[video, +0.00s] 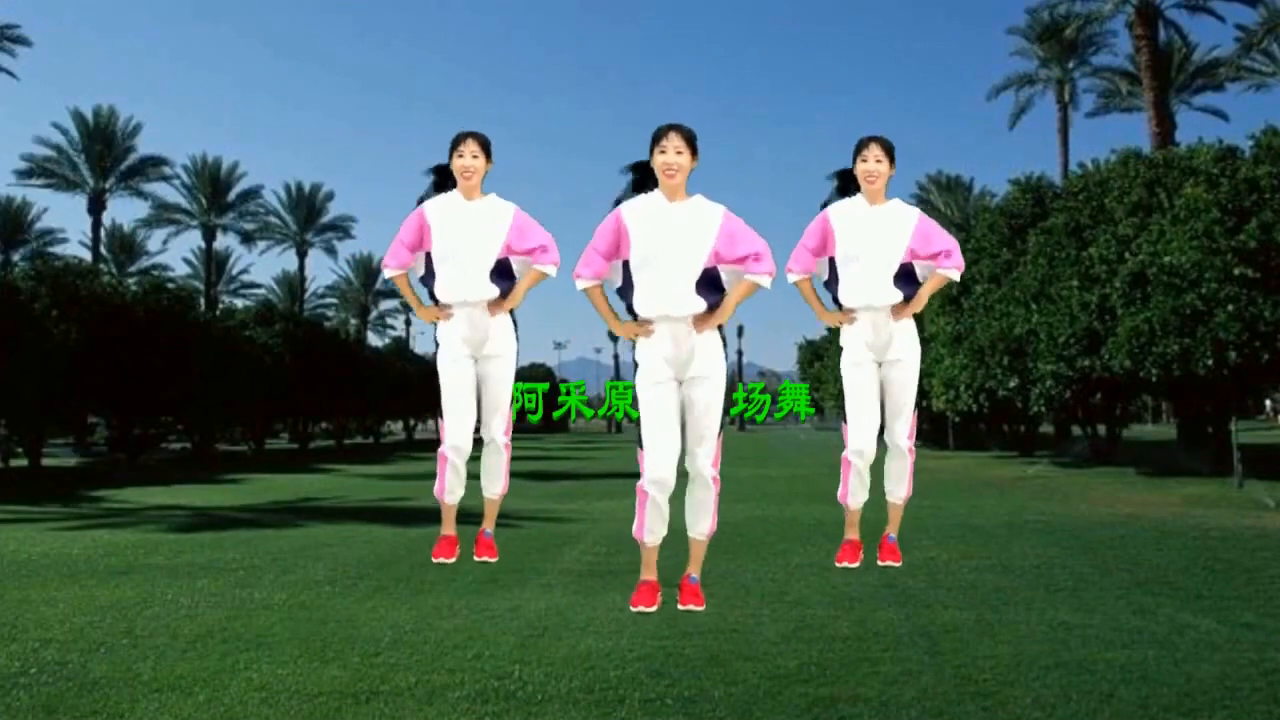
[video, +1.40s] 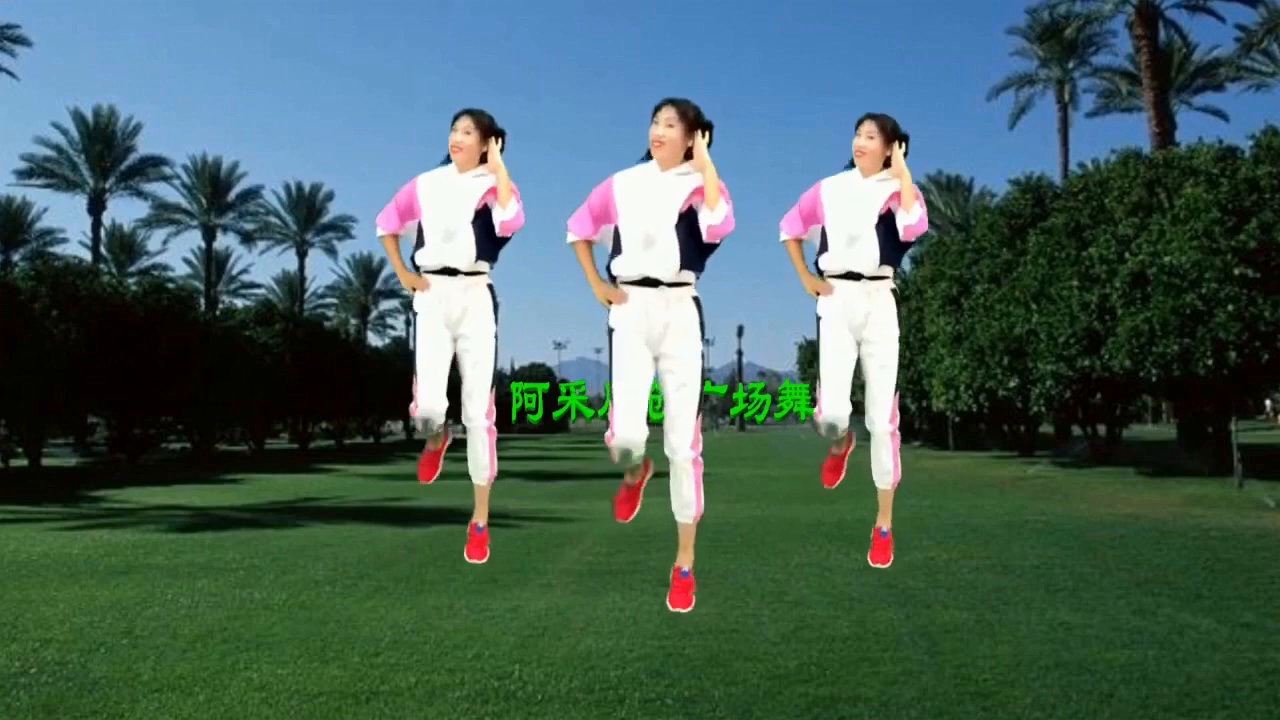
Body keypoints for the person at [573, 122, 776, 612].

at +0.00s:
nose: (671, 158)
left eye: (679, 152)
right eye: (663, 151)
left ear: (693, 161)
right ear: (652, 161)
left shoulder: (713, 214)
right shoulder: (629, 215)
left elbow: (762, 263)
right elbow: (587, 272)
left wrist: (724, 310)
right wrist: (617, 324)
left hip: (704, 343)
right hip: (653, 345)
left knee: (702, 462)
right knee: (658, 464)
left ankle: (693, 576)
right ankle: (648, 576)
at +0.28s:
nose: (664, 158)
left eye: (673, 150)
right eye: (658, 150)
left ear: (694, 157)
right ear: (651, 159)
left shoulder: (717, 207)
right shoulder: (632, 210)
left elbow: (778, 224)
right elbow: (585, 267)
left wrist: (740, 262)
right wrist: (616, 318)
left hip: (701, 334)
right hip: (651, 336)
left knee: (698, 461)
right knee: (655, 462)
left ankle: (690, 574)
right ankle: (645, 576)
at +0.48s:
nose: (667, 151)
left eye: (676, 144)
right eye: (662, 144)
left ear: (699, 150)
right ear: (657, 153)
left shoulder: (724, 198)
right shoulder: (637, 203)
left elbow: (786, 215)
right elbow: (586, 256)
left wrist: (753, 202)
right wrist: (618, 309)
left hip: (701, 327)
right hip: (650, 327)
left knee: (697, 457)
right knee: (649, 460)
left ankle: (693, 575)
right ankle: (643, 575)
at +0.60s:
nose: (673, 177)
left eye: (682, 170)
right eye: (668, 170)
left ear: (704, 177)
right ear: (662, 178)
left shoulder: (720, 231)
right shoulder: (638, 225)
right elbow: (592, 281)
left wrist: (737, 238)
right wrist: (613, 335)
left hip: (703, 352)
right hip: (652, 353)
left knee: (702, 473)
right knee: (672, 472)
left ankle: (691, 578)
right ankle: (654, 557)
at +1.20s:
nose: (650, 155)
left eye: (660, 147)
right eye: (646, 147)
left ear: (682, 156)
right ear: (642, 156)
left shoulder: (704, 208)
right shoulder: (622, 209)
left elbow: (707, 244)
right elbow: (579, 251)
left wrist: (690, 180)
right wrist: (597, 302)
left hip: (671, 338)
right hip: (620, 333)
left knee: (672, 467)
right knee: (598, 454)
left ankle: (689, 573)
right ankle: (576, 564)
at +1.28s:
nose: (650, 134)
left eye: (661, 126)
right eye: (648, 126)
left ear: (684, 136)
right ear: (645, 135)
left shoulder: (703, 186)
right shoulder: (623, 187)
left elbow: (721, 220)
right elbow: (579, 228)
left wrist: (700, 159)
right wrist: (598, 280)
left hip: (675, 314)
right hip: (624, 311)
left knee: (680, 448)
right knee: (604, 440)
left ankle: (691, 566)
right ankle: (585, 539)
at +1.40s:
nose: (658, 131)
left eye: (669, 125)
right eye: (655, 124)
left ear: (692, 137)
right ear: (649, 133)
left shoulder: (704, 185)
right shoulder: (622, 183)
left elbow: (716, 228)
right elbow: (579, 229)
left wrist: (705, 163)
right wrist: (597, 283)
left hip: (680, 307)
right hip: (631, 305)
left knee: (682, 441)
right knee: (625, 440)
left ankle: (684, 563)